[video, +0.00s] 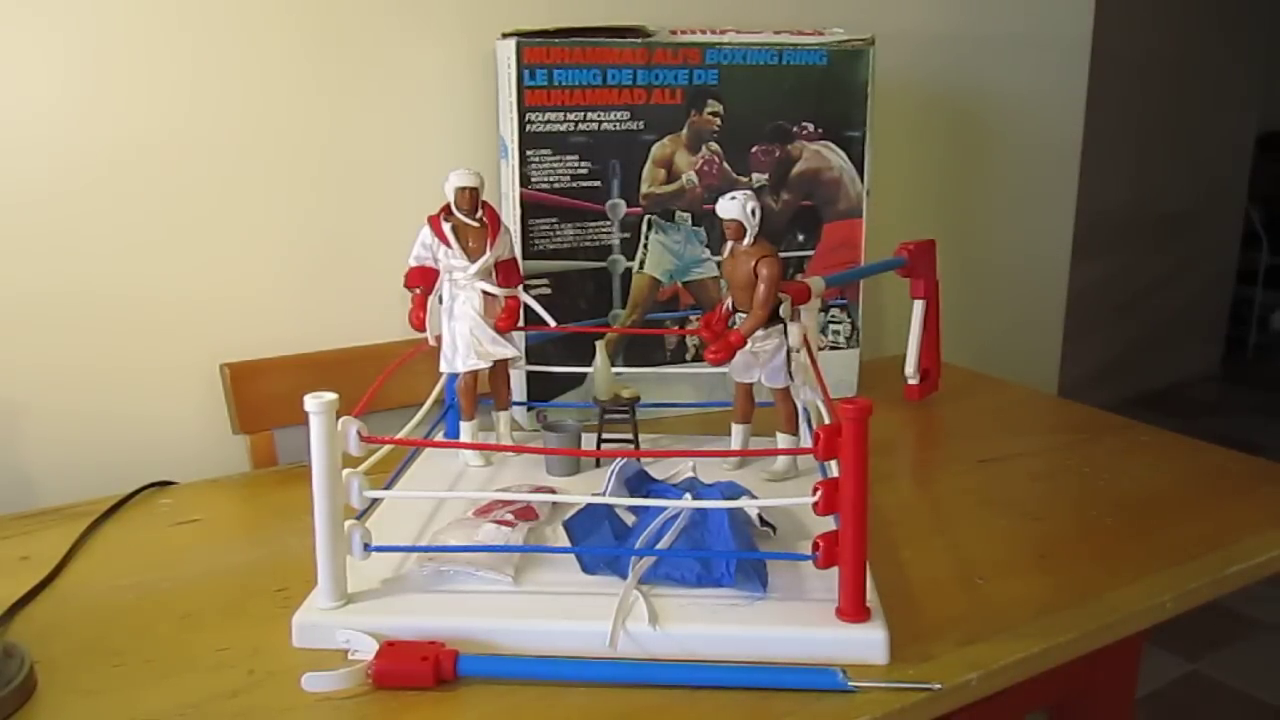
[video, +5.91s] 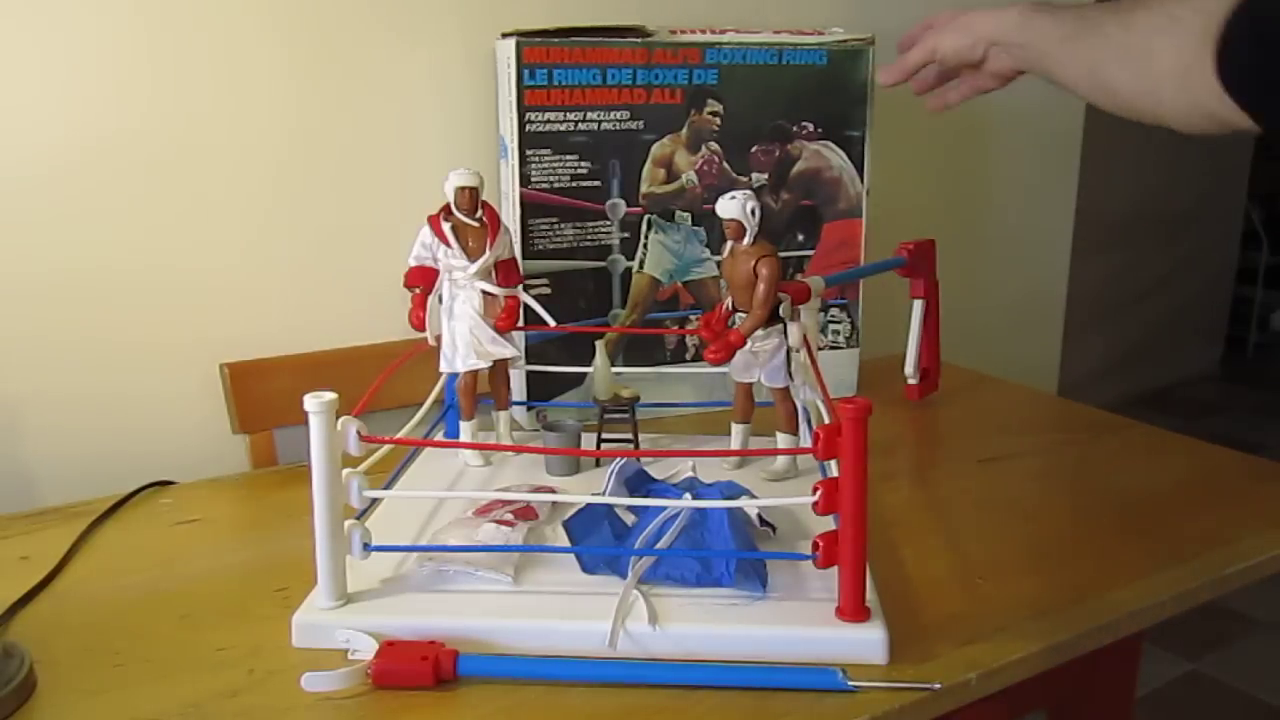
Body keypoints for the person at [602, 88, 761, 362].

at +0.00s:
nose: (718, 122)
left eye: (720, 116)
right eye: (713, 114)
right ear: (694, 115)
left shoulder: (712, 150)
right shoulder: (665, 148)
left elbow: (731, 182)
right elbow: (646, 197)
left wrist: (755, 180)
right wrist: (683, 183)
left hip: (693, 237)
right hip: (660, 235)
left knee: (719, 310)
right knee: (634, 315)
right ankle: (596, 372)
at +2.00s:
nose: (719, 122)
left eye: (721, 116)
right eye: (713, 115)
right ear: (694, 114)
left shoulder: (712, 151)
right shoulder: (664, 148)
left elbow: (732, 182)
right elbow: (647, 196)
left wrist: (756, 181)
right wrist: (682, 183)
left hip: (694, 238)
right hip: (660, 235)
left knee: (718, 310)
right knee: (634, 315)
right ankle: (596, 376)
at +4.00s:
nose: (719, 122)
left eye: (720, 116)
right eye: (714, 115)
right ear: (694, 114)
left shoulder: (712, 150)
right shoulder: (664, 148)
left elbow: (732, 182)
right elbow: (646, 196)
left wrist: (755, 181)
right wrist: (682, 183)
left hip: (693, 237)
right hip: (660, 234)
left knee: (719, 309)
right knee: (635, 313)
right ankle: (596, 370)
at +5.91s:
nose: (718, 122)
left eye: (720, 117)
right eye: (713, 115)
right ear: (693, 114)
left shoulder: (712, 150)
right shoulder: (664, 148)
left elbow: (731, 181)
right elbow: (647, 197)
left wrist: (756, 181)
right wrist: (683, 182)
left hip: (694, 237)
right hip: (660, 235)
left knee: (718, 309)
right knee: (635, 313)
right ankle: (596, 372)